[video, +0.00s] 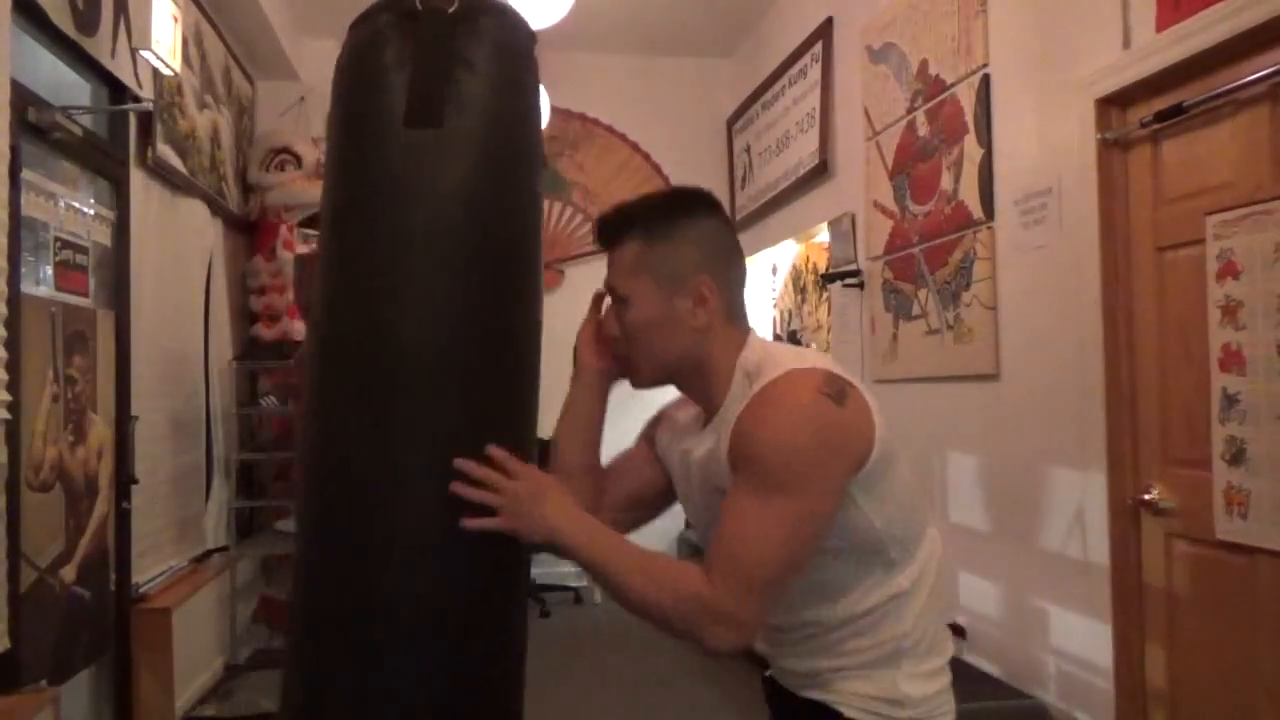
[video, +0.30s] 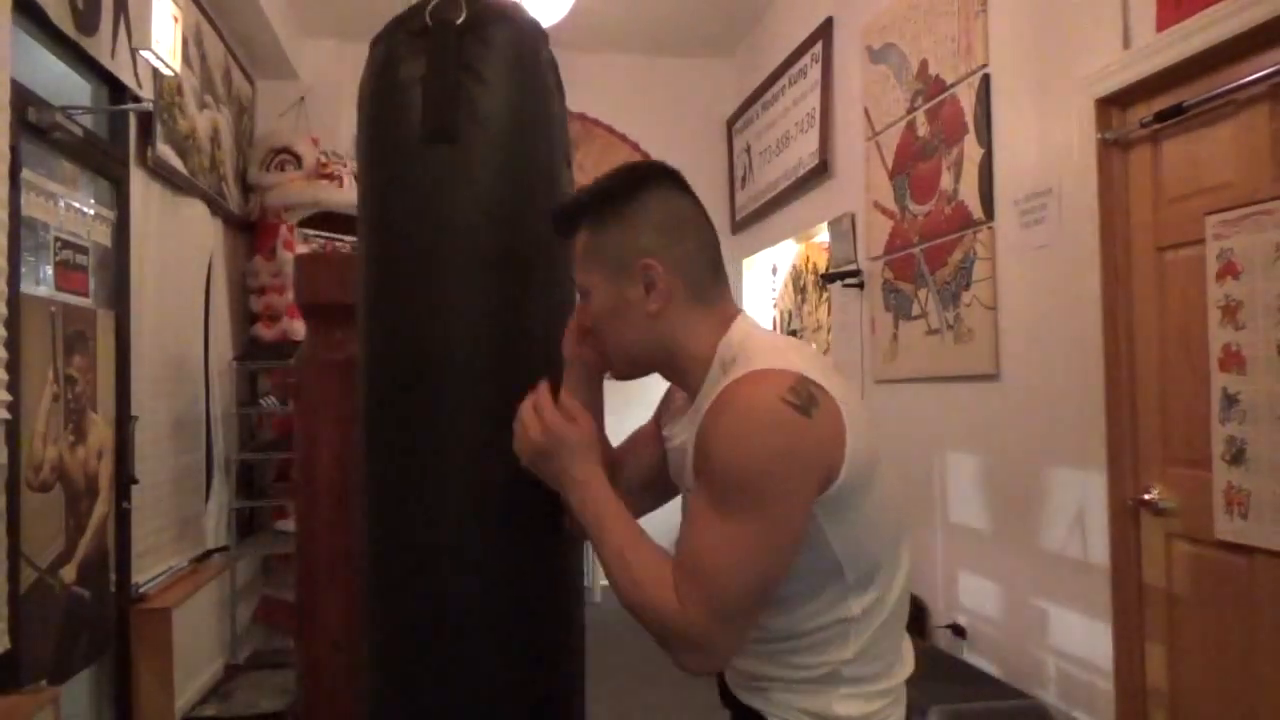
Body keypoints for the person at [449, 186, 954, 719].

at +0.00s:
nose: (607, 325)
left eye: (621, 304)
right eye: (609, 304)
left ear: (698, 303)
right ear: (692, 308)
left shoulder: (801, 408)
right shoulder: (682, 426)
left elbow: (726, 619)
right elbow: (579, 521)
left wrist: (561, 520)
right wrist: (590, 381)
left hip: (873, 702)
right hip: (788, 687)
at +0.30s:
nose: (581, 319)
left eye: (585, 295)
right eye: (578, 297)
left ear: (651, 286)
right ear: (651, 286)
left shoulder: (763, 409)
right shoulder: (703, 381)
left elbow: (700, 641)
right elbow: (602, 501)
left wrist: (579, 477)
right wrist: (582, 372)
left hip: (821, 709)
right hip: (758, 692)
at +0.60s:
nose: (676, 299)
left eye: (673, 279)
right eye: (669, 282)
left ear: (715, 262)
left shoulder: (741, 349)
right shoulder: (822, 328)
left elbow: (594, 480)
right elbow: (710, 492)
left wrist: (609, 316)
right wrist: (687, 318)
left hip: (781, 700)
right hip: (876, 680)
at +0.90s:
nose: (725, 372)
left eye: (724, 355)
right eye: (721, 360)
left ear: (756, 329)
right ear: (814, 324)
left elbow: (668, 549)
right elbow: (945, 553)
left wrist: (632, 426)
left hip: (789, 705)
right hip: (919, 702)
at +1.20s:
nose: (698, 321)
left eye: (706, 299)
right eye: (698, 301)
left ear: (768, 292)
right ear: (771, 294)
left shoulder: (822, 346)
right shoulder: (837, 344)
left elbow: (740, 518)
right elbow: (726, 514)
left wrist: (673, 387)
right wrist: (697, 383)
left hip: (845, 692)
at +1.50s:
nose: (644, 301)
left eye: (656, 278)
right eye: (641, 280)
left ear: (730, 270)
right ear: (729, 276)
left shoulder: (832, 363)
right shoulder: (713, 386)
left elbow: (793, 564)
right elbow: (609, 504)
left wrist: (654, 430)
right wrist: (625, 363)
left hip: (826, 698)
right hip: (751, 683)